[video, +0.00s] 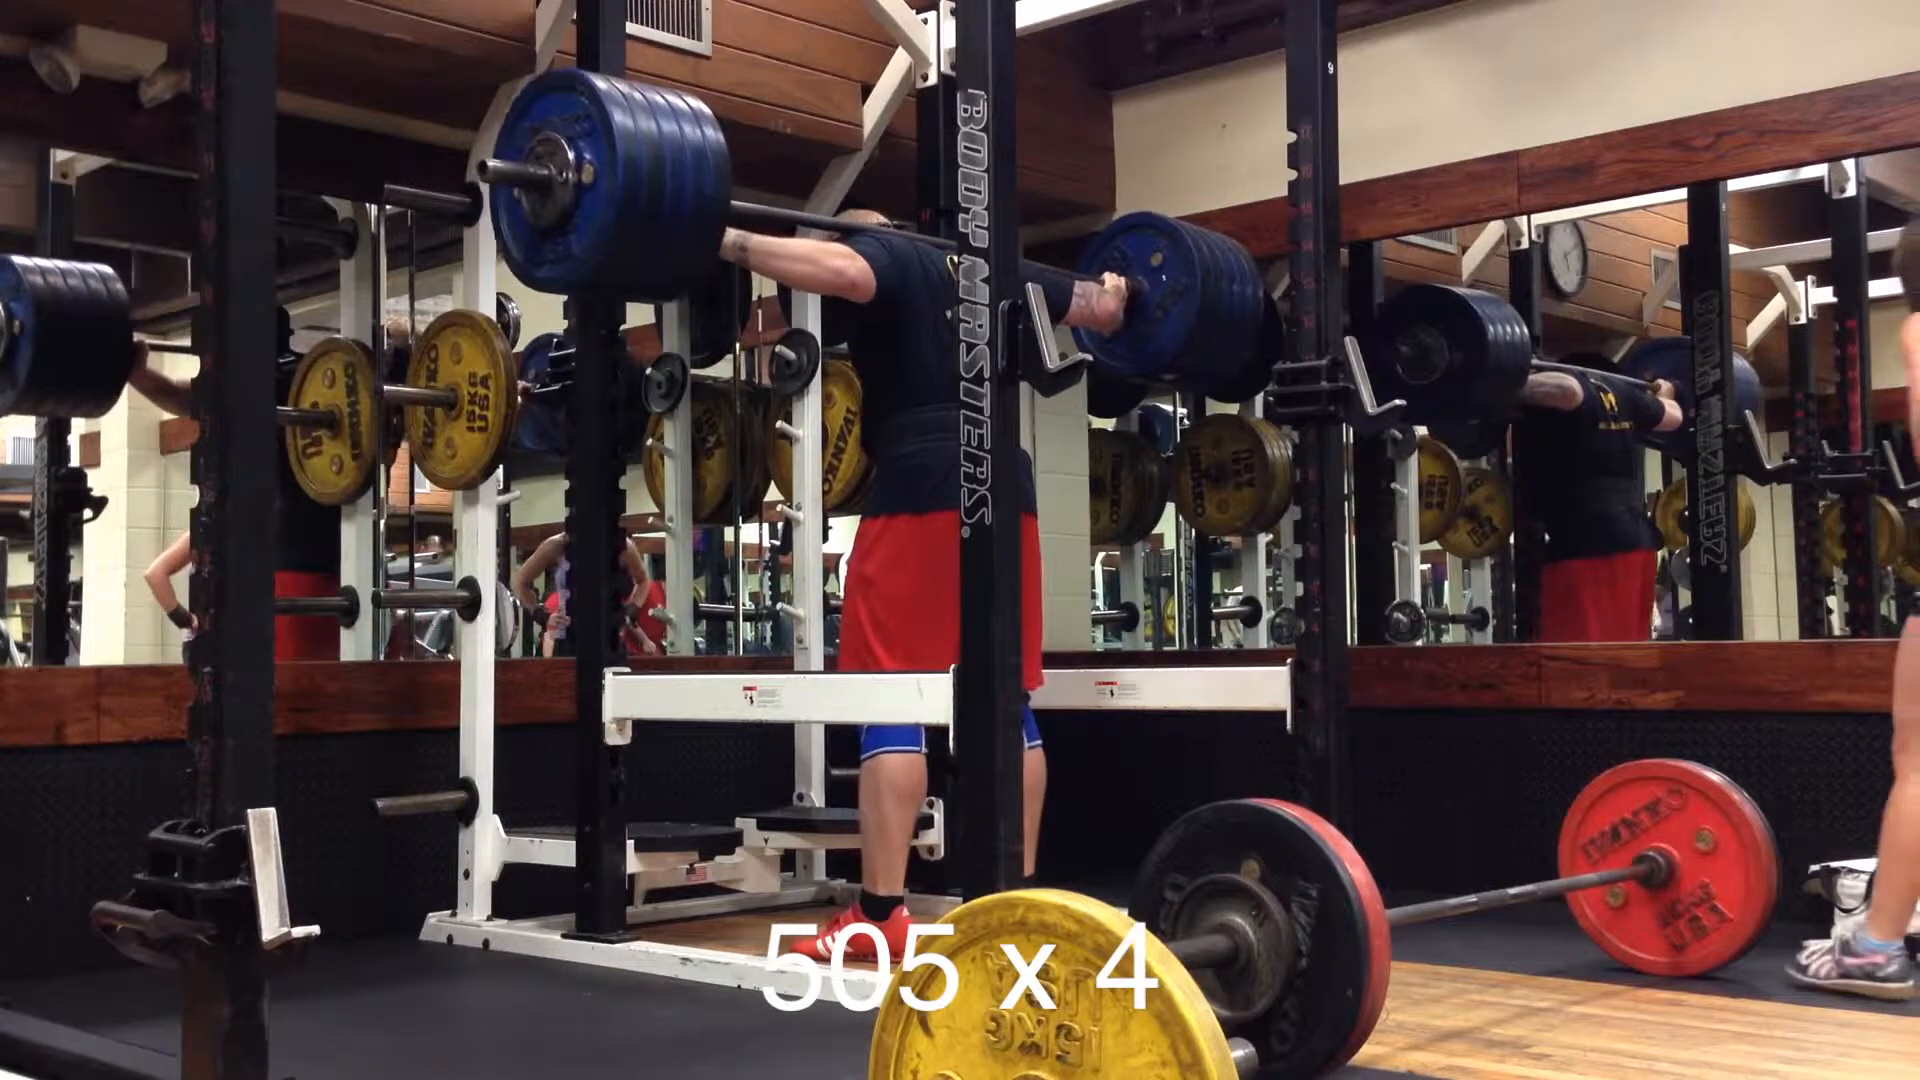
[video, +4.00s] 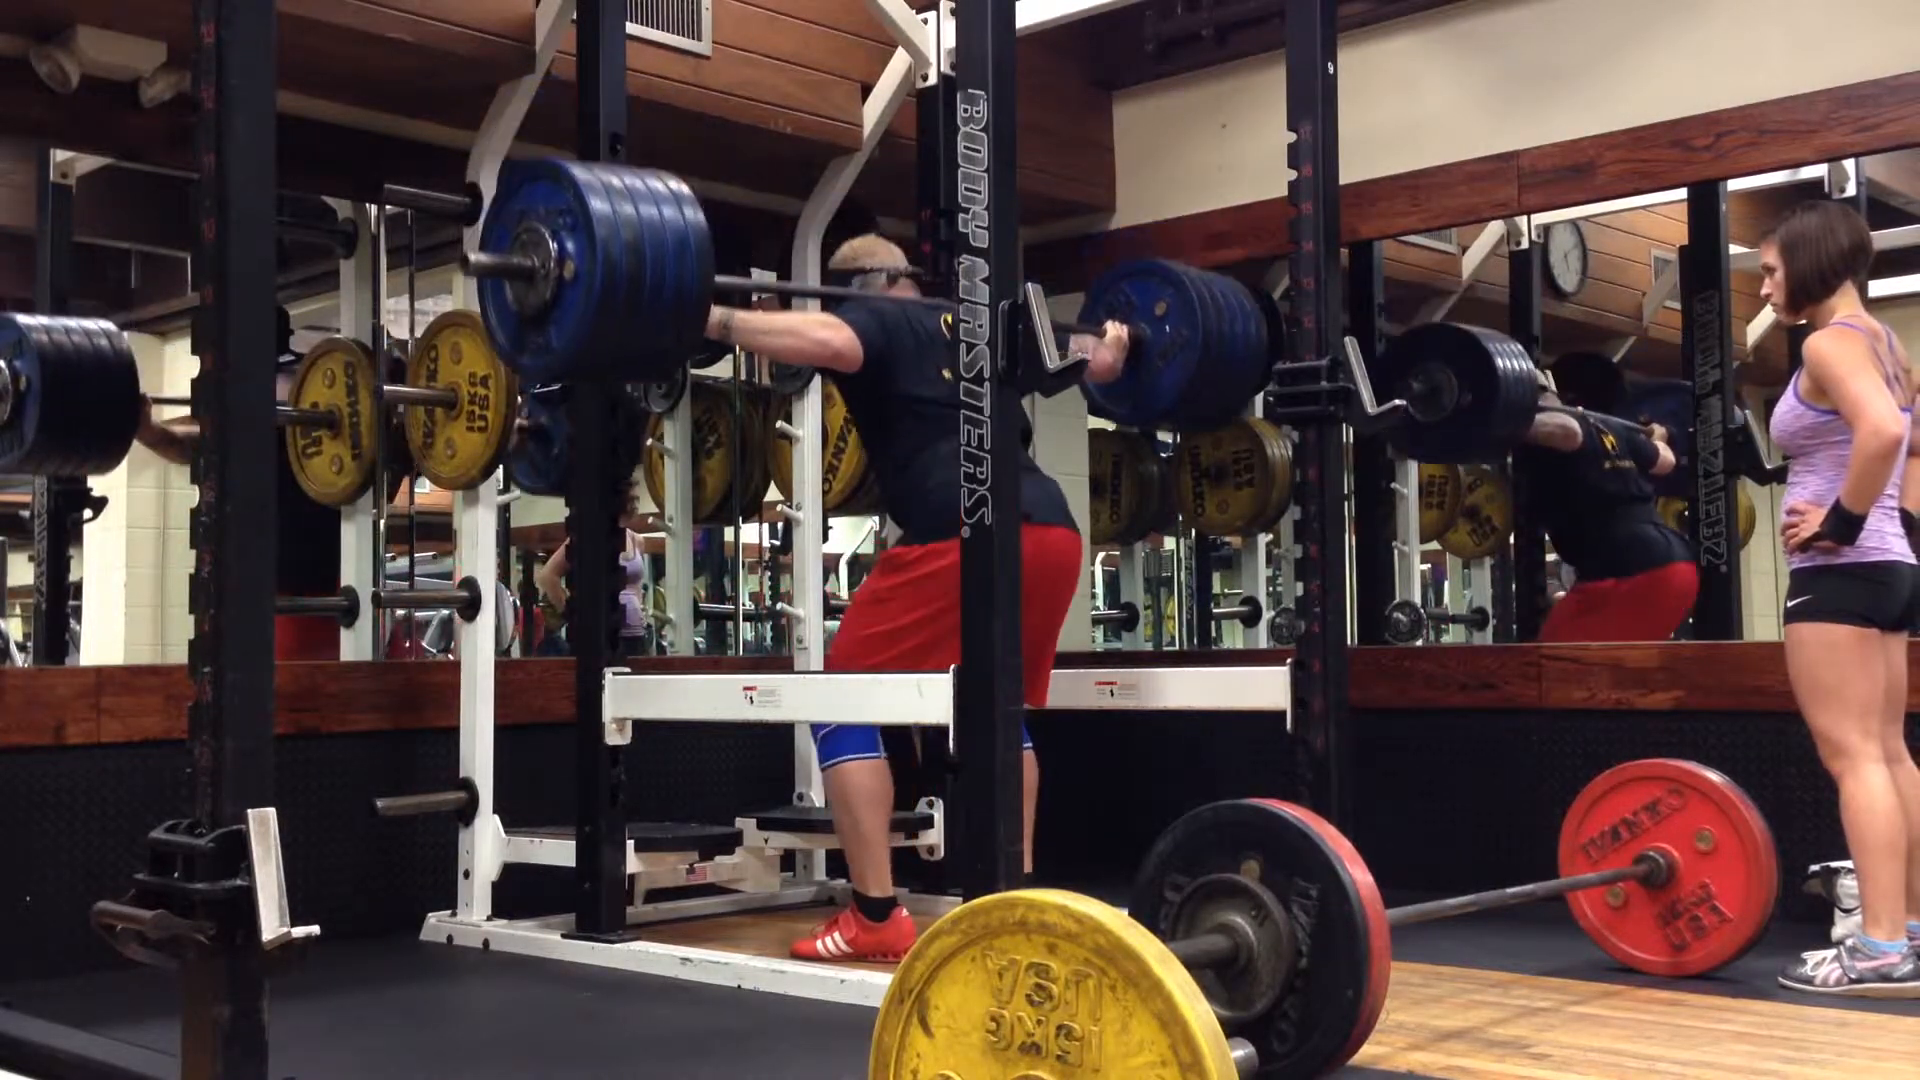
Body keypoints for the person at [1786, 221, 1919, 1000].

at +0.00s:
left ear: (1909, 280)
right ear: (1910, 282)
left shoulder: (1914, 330)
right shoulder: (1912, 331)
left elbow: (1913, 439)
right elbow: (1912, 441)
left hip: (1919, 603)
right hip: (1914, 601)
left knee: (1911, 761)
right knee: (1908, 757)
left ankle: (1880, 940)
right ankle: (1886, 933)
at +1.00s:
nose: (1754, 297)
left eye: (1754, 283)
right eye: (1752, 283)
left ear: (1770, 276)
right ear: (1833, 263)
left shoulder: (1798, 339)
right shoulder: (1884, 330)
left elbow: (1834, 422)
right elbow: (1896, 440)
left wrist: (1826, 517)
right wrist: (1826, 498)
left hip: (1840, 569)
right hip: (1900, 566)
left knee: (1852, 758)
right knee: (1876, 749)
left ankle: (1877, 945)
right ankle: (1905, 924)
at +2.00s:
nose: (1775, 288)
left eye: (1782, 275)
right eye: (1775, 274)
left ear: (1818, 273)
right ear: (1853, 271)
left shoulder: (1844, 347)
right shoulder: (1885, 338)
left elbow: (1898, 431)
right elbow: (1885, 440)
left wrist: (1862, 524)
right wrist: (1837, 510)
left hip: (1852, 575)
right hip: (1894, 570)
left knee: (1860, 752)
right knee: (1899, 747)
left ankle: (1881, 940)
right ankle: (1897, 926)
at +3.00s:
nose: (1770, 286)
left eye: (1777, 271)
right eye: (1769, 271)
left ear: (1812, 267)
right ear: (1851, 267)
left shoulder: (1835, 344)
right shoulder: (1883, 342)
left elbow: (1888, 431)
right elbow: (1906, 457)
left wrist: (1844, 522)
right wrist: (1873, 515)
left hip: (1844, 575)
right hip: (1889, 570)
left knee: (1856, 757)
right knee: (1889, 749)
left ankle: (1882, 942)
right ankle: (1902, 926)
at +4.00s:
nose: (1762, 284)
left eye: (1768, 267)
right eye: (1761, 268)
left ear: (1803, 265)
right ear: (1843, 264)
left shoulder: (1828, 342)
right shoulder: (1878, 340)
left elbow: (1881, 431)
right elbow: (1906, 448)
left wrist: (1839, 521)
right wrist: (1893, 522)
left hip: (1839, 574)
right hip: (1885, 569)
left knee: (1855, 758)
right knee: (1887, 750)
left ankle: (1883, 942)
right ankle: (1901, 927)